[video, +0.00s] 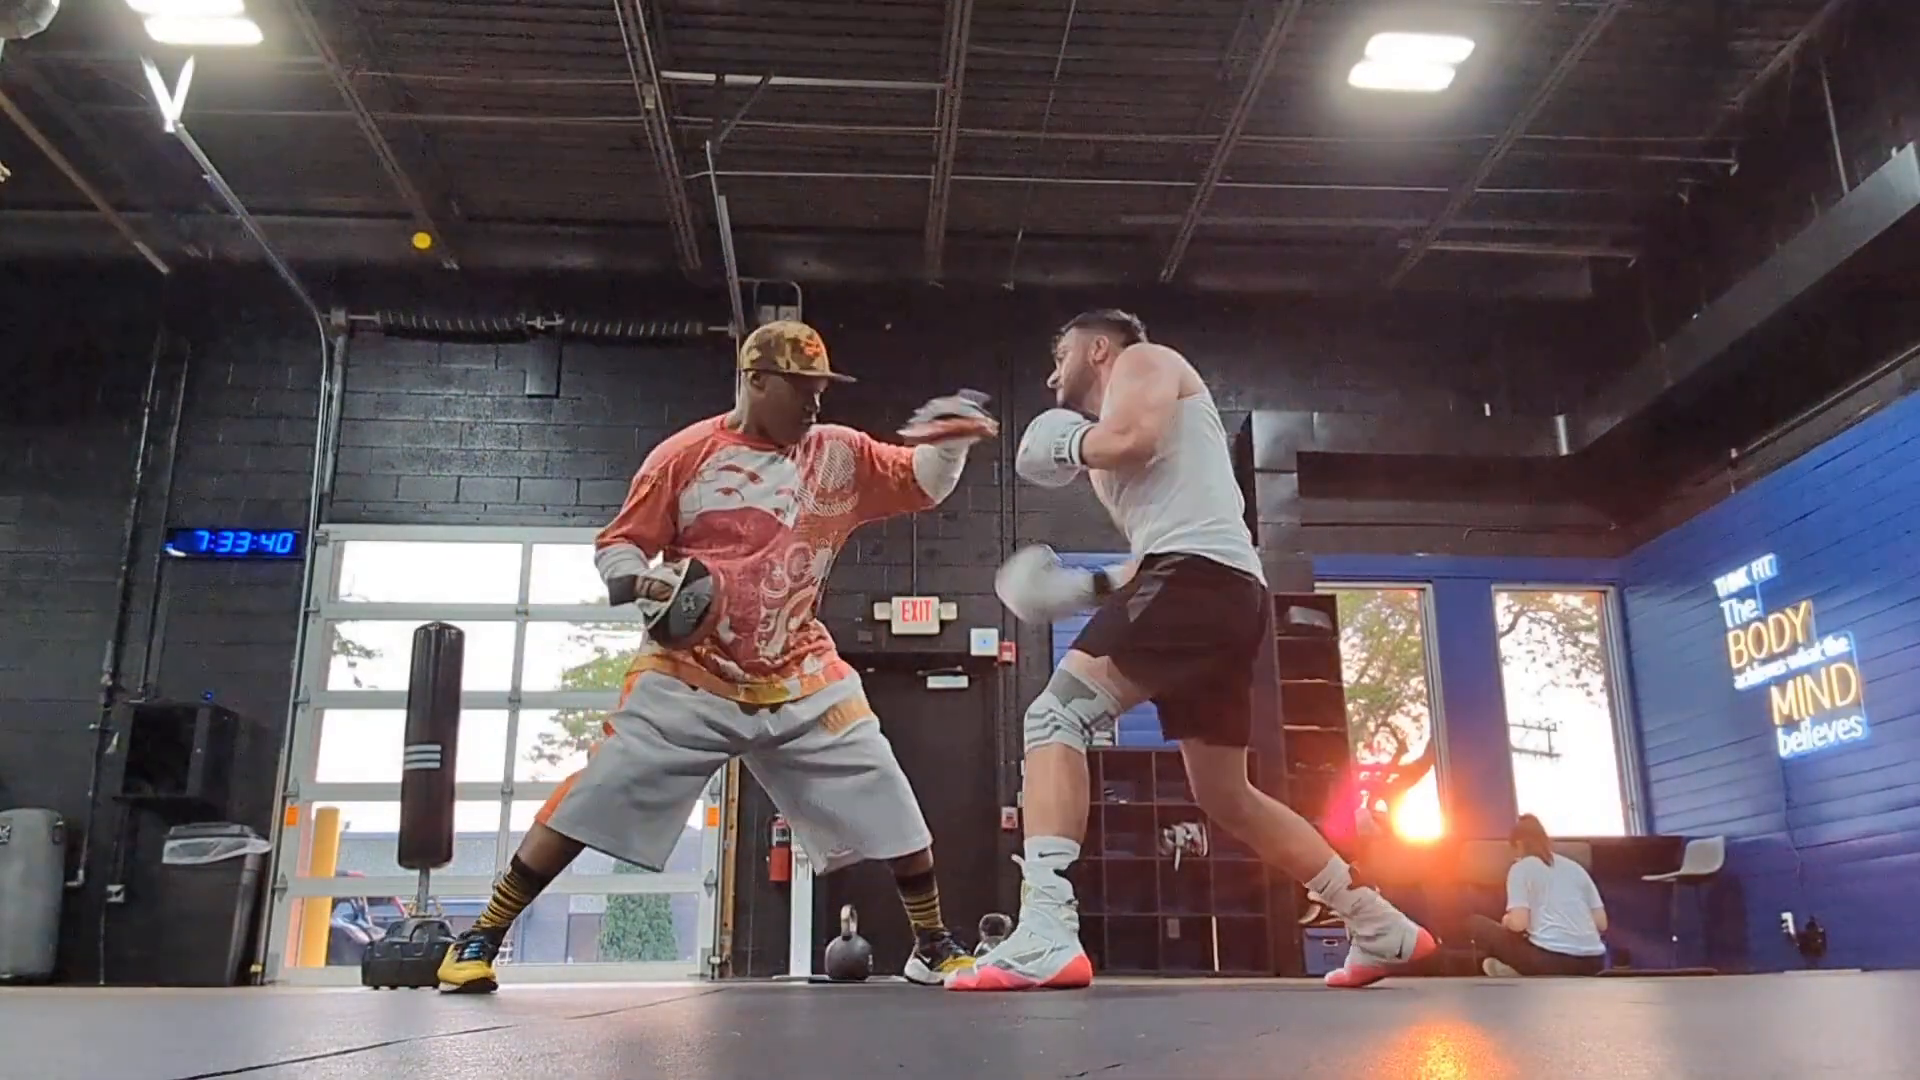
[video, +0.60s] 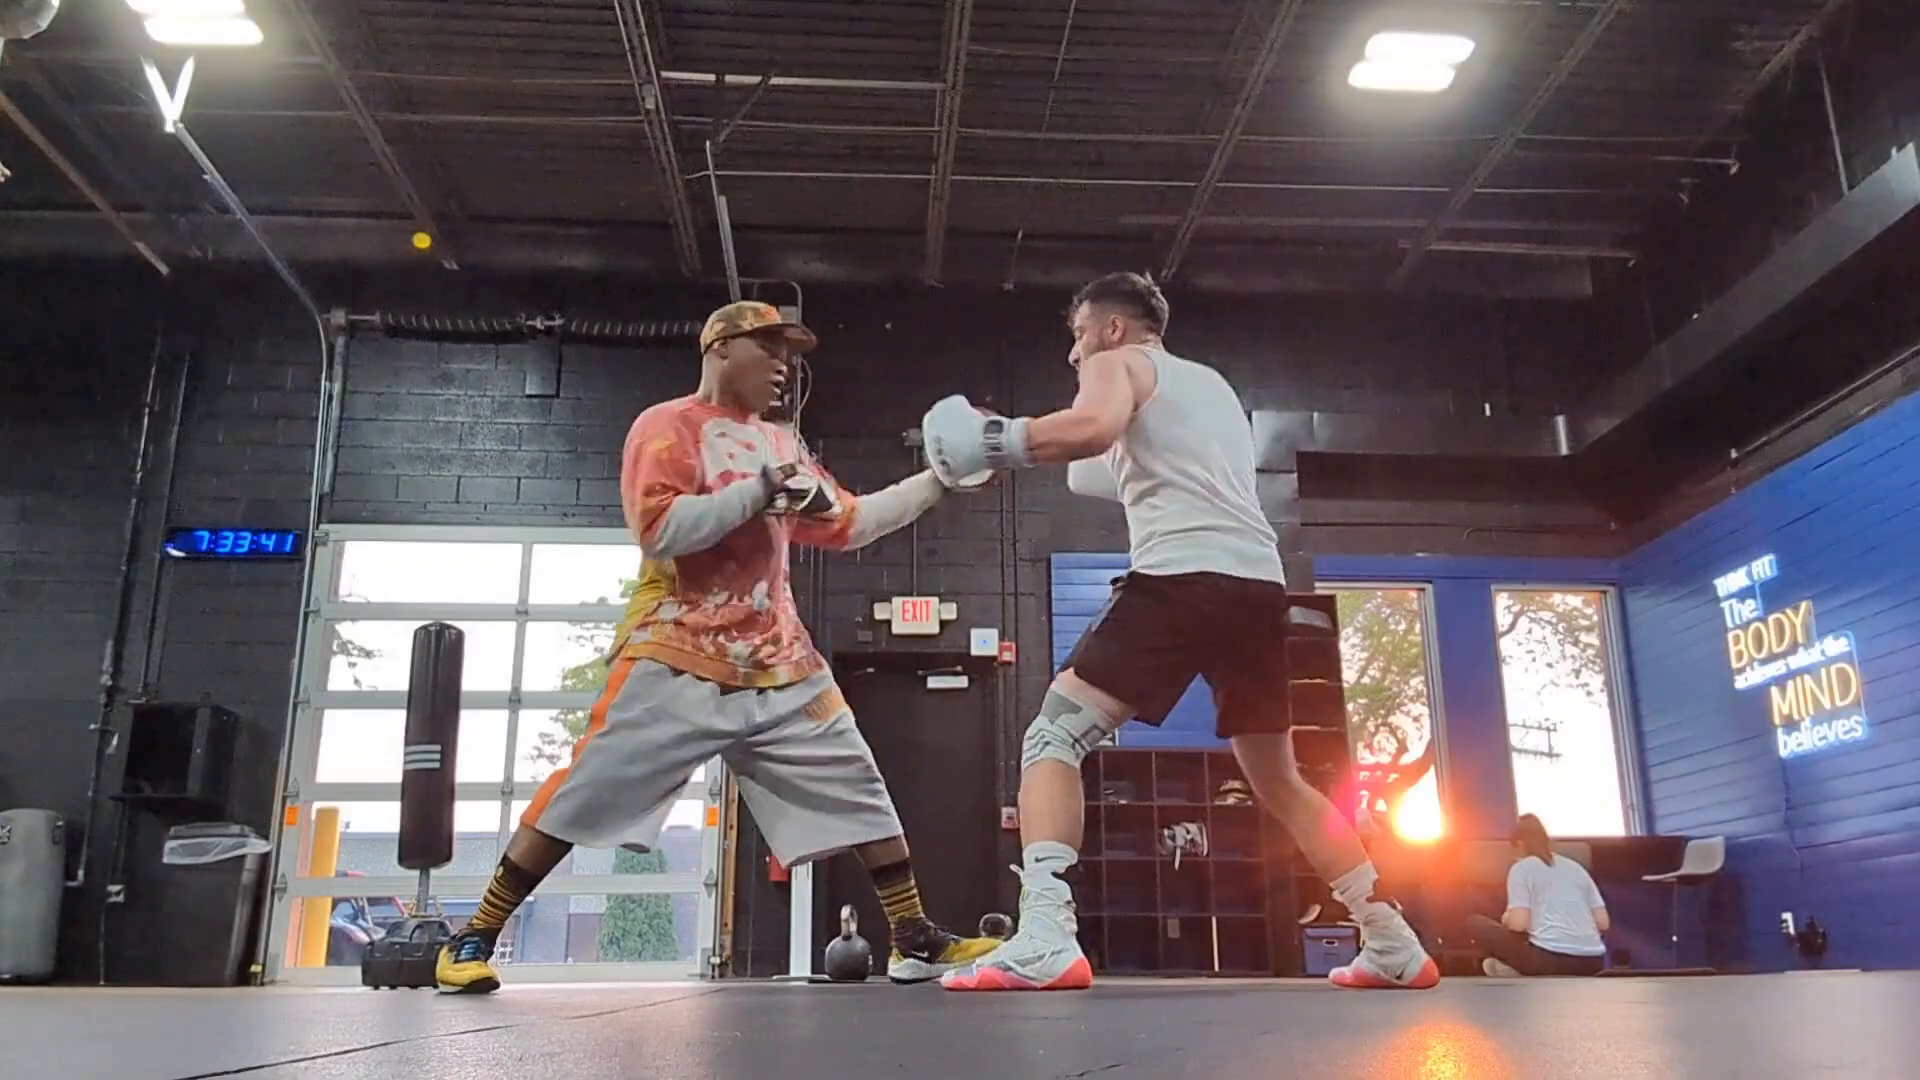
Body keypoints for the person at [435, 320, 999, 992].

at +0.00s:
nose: (813, 399)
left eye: (818, 387)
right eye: (800, 384)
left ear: (821, 388)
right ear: (755, 379)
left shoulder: (839, 452)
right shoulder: (688, 454)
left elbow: (922, 485)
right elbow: (619, 544)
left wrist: (945, 442)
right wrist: (640, 581)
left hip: (800, 666)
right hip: (687, 667)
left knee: (888, 786)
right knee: (594, 792)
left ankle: (935, 950)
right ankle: (482, 941)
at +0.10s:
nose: (821, 401)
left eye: (826, 388)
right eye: (810, 385)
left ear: (822, 390)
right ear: (762, 379)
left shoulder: (850, 453)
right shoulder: (693, 459)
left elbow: (926, 471)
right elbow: (616, 554)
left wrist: (966, 454)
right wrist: (672, 557)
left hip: (806, 661)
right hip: (689, 661)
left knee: (886, 780)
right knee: (601, 781)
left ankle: (935, 945)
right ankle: (482, 937)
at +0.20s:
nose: (816, 392)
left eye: (821, 380)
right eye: (804, 376)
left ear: (819, 383)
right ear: (757, 373)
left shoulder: (838, 451)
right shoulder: (695, 451)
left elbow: (913, 486)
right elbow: (601, 519)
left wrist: (895, 511)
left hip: (816, 659)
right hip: (703, 656)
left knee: (896, 775)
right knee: (604, 785)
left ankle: (934, 943)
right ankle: (477, 941)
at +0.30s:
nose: (827, 382)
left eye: (829, 370)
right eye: (815, 366)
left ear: (809, 374)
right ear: (767, 366)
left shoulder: (831, 463)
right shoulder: (711, 435)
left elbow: (857, 553)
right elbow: (699, 463)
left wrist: (855, 582)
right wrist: (734, 354)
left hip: (821, 655)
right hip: (715, 650)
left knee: (904, 775)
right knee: (617, 784)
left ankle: (934, 942)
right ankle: (487, 936)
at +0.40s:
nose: (830, 387)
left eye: (832, 376)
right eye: (817, 369)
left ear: (805, 375)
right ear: (767, 365)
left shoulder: (797, 449)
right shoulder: (723, 423)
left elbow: (791, 530)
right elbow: (798, 464)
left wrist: (831, 550)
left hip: (811, 651)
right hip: (715, 648)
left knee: (890, 763)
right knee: (619, 788)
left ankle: (933, 942)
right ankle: (489, 932)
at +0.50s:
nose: (813, 377)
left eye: (815, 365)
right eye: (800, 360)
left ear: (777, 370)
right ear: (752, 359)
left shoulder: (782, 452)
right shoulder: (704, 415)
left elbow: (800, 559)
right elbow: (739, 483)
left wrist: (861, 517)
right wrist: (845, 453)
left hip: (796, 648)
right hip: (704, 643)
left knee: (873, 773)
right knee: (607, 785)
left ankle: (929, 944)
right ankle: (484, 937)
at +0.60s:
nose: (786, 368)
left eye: (790, 358)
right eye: (773, 352)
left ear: (780, 370)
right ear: (723, 353)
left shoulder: (782, 445)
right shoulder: (665, 425)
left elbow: (850, 522)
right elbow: (660, 529)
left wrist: (943, 477)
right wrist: (762, 491)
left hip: (778, 648)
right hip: (677, 643)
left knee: (855, 774)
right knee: (592, 783)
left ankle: (916, 939)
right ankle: (476, 937)